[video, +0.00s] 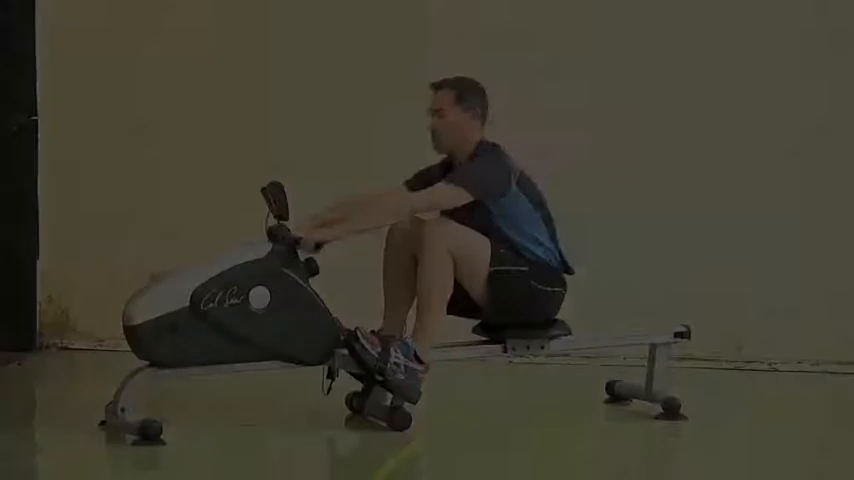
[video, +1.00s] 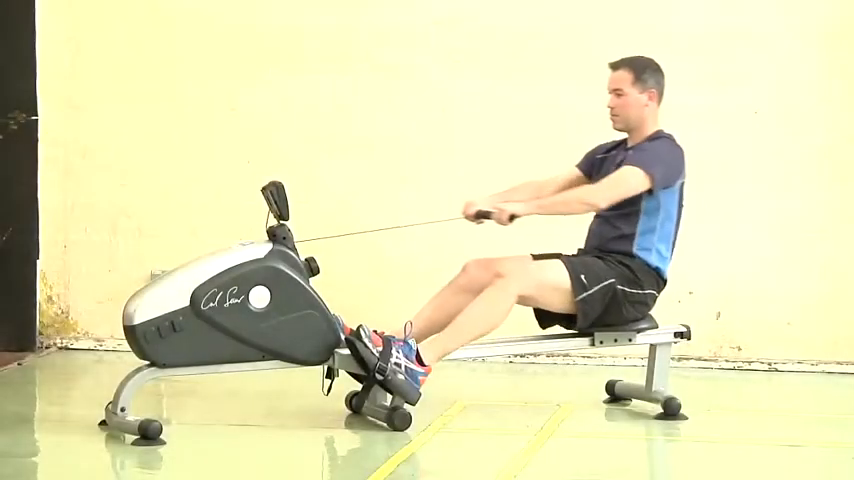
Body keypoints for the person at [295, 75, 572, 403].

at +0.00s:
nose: (430, 123)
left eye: (438, 114)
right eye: (430, 115)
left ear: (471, 117)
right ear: (464, 118)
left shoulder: (491, 165)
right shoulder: (443, 172)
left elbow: (416, 206)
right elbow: (389, 206)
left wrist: (329, 234)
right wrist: (319, 223)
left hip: (535, 290)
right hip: (494, 289)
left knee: (438, 232)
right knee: (402, 230)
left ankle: (417, 356)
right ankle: (389, 342)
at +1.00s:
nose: (609, 102)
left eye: (618, 93)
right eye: (610, 94)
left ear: (650, 97)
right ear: (630, 98)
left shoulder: (663, 151)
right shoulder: (609, 154)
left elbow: (597, 198)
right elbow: (550, 187)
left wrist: (523, 210)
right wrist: (493, 201)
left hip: (630, 277)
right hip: (593, 269)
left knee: (513, 276)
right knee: (477, 271)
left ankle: (420, 361)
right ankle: (397, 345)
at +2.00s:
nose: (582, 104)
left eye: (591, 95)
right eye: (582, 95)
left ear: (623, 98)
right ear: (611, 99)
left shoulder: (642, 151)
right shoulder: (593, 157)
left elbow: (614, 218)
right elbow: (561, 196)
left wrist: (542, 213)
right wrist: (511, 206)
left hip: (625, 281)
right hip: (591, 272)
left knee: (510, 272)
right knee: (475, 265)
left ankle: (421, 361)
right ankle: (401, 345)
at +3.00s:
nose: (417, 122)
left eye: (426, 112)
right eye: (417, 113)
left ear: (458, 113)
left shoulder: (480, 163)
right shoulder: (429, 165)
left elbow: (399, 204)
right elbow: (368, 196)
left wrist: (328, 232)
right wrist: (304, 222)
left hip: (503, 292)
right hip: (461, 292)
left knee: (413, 224)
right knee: (374, 222)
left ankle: (412, 349)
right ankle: (382, 333)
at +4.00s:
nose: (613, 107)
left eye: (621, 97)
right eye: (612, 98)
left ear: (654, 98)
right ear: (631, 100)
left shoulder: (670, 155)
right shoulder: (617, 155)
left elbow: (619, 210)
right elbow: (567, 192)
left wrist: (544, 213)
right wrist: (513, 204)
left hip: (632, 276)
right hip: (597, 267)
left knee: (513, 279)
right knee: (482, 272)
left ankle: (420, 362)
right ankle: (395, 344)